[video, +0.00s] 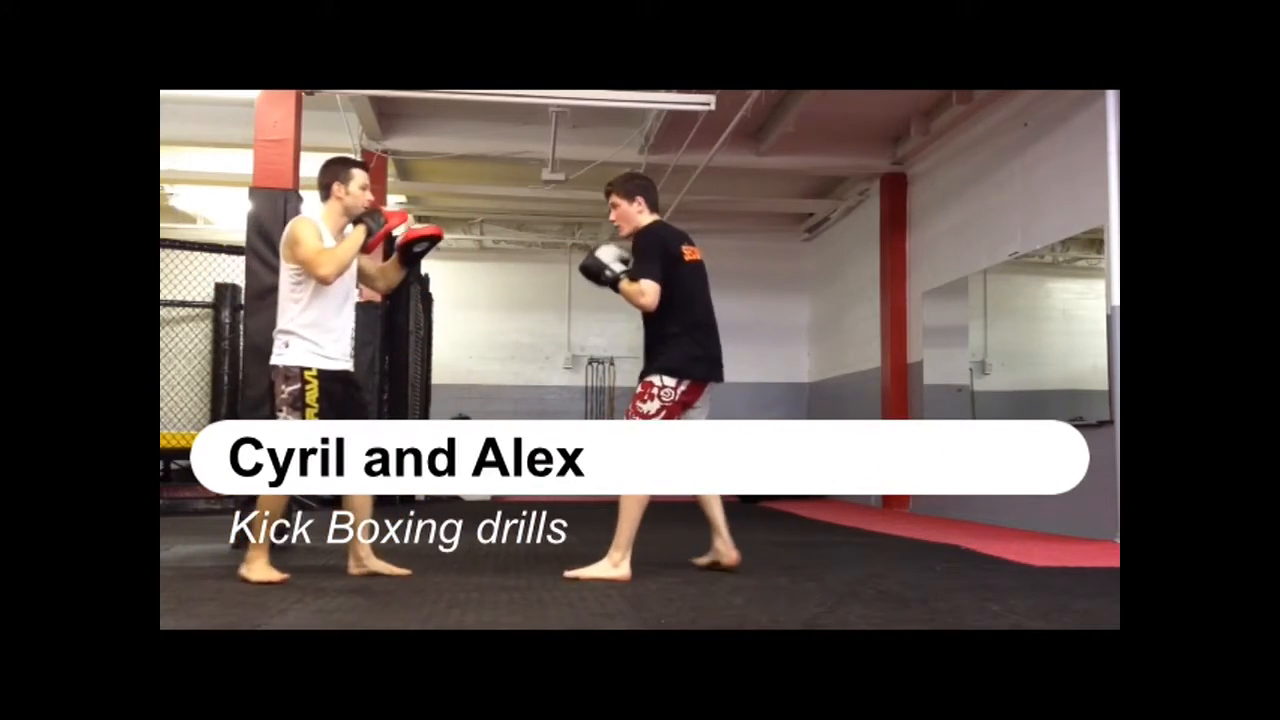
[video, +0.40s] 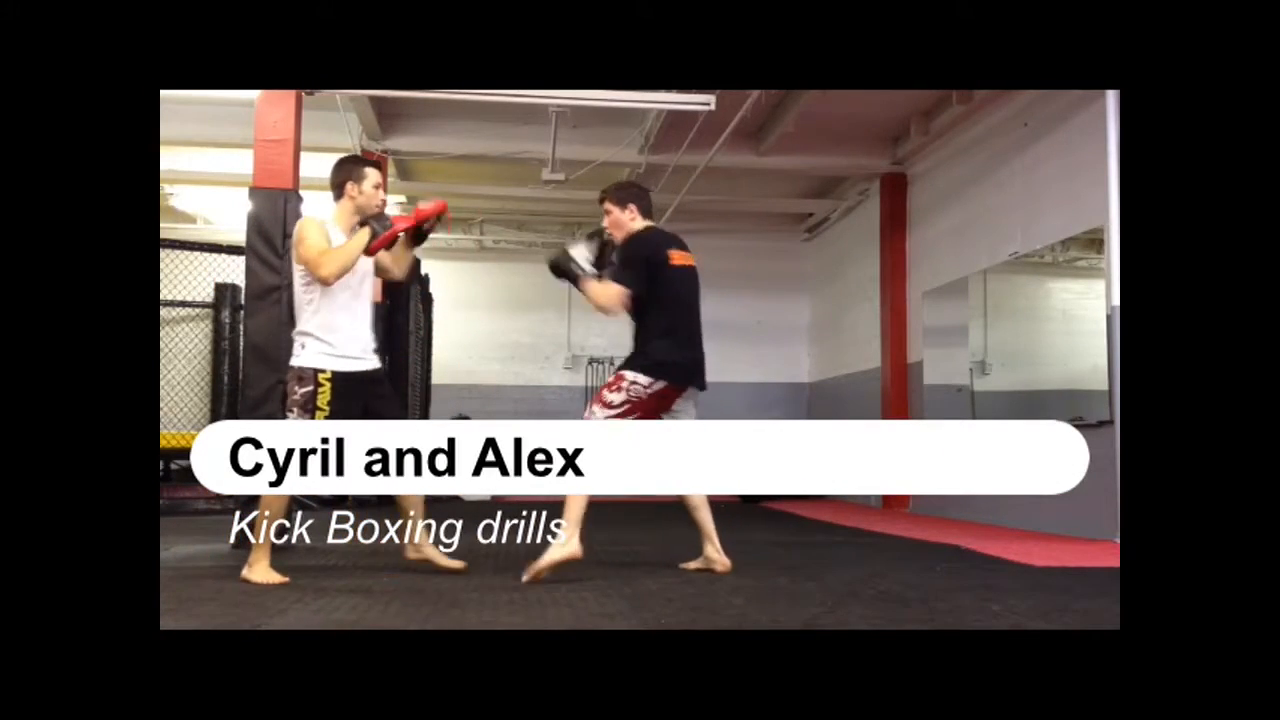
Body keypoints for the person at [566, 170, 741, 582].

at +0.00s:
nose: (612, 218)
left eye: (616, 208)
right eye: (610, 209)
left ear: (639, 203)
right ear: (644, 206)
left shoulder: (651, 237)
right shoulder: (676, 237)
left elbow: (647, 298)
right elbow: (660, 295)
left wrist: (614, 277)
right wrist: (623, 271)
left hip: (674, 364)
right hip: (700, 362)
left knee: (635, 451)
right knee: (690, 450)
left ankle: (618, 558)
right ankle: (724, 545)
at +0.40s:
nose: (606, 224)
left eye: (609, 214)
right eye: (605, 216)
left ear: (631, 211)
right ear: (641, 213)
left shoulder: (640, 244)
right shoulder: (674, 244)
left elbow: (614, 301)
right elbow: (646, 299)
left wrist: (578, 275)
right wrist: (605, 267)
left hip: (654, 363)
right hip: (685, 365)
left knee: (587, 436)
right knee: (681, 454)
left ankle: (568, 536)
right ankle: (713, 549)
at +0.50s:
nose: (595, 218)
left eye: (598, 210)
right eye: (595, 211)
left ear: (618, 207)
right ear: (632, 208)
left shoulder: (609, 239)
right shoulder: (668, 236)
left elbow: (548, 266)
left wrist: (520, 237)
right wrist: (602, 236)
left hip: (641, 360)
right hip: (680, 359)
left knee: (590, 450)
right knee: (682, 452)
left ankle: (573, 555)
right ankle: (712, 549)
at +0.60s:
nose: (583, 219)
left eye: (584, 213)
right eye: (582, 214)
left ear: (605, 207)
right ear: (619, 206)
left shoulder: (597, 232)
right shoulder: (658, 235)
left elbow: (527, 248)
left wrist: (493, 228)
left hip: (634, 362)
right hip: (672, 360)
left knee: (586, 453)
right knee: (662, 450)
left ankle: (572, 559)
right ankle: (707, 541)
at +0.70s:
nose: (570, 232)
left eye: (571, 221)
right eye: (567, 224)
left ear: (595, 210)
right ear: (600, 212)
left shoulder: (616, 242)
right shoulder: (633, 239)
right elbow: (590, 297)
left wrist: (540, 269)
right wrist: (541, 275)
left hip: (635, 371)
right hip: (652, 369)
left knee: (576, 450)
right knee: (635, 452)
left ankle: (570, 560)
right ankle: (704, 535)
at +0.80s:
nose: (562, 252)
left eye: (566, 243)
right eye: (559, 245)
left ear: (590, 234)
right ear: (577, 238)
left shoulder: (635, 265)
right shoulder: (575, 267)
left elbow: (650, 336)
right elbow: (530, 302)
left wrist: (590, 317)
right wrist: (544, 262)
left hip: (636, 383)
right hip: (608, 381)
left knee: (567, 454)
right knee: (621, 474)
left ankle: (569, 561)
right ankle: (704, 538)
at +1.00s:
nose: (533, 248)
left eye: (534, 239)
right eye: (530, 240)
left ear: (554, 231)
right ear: (559, 228)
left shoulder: (598, 263)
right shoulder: (586, 250)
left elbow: (618, 334)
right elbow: (550, 296)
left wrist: (577, 358)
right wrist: (549, 264)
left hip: (609, 379)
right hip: (629, 377)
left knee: (550, 458)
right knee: (632, 457)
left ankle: (567, 559)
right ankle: (690, 532)